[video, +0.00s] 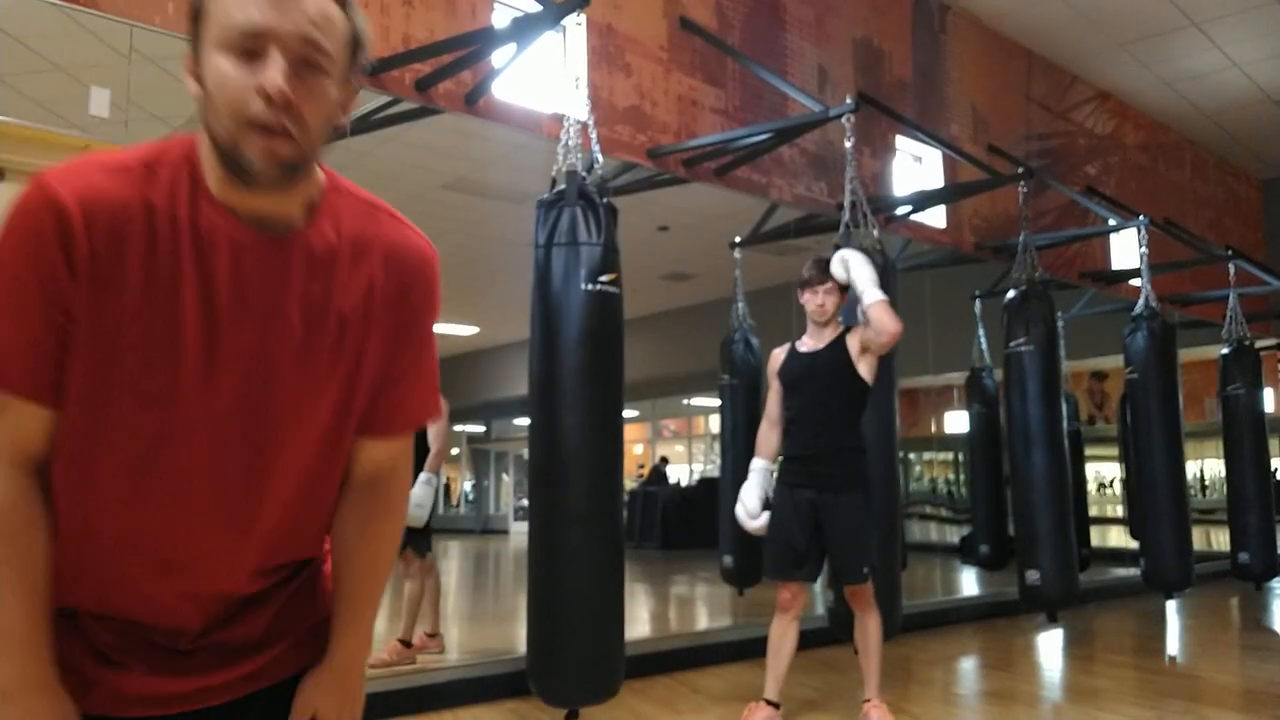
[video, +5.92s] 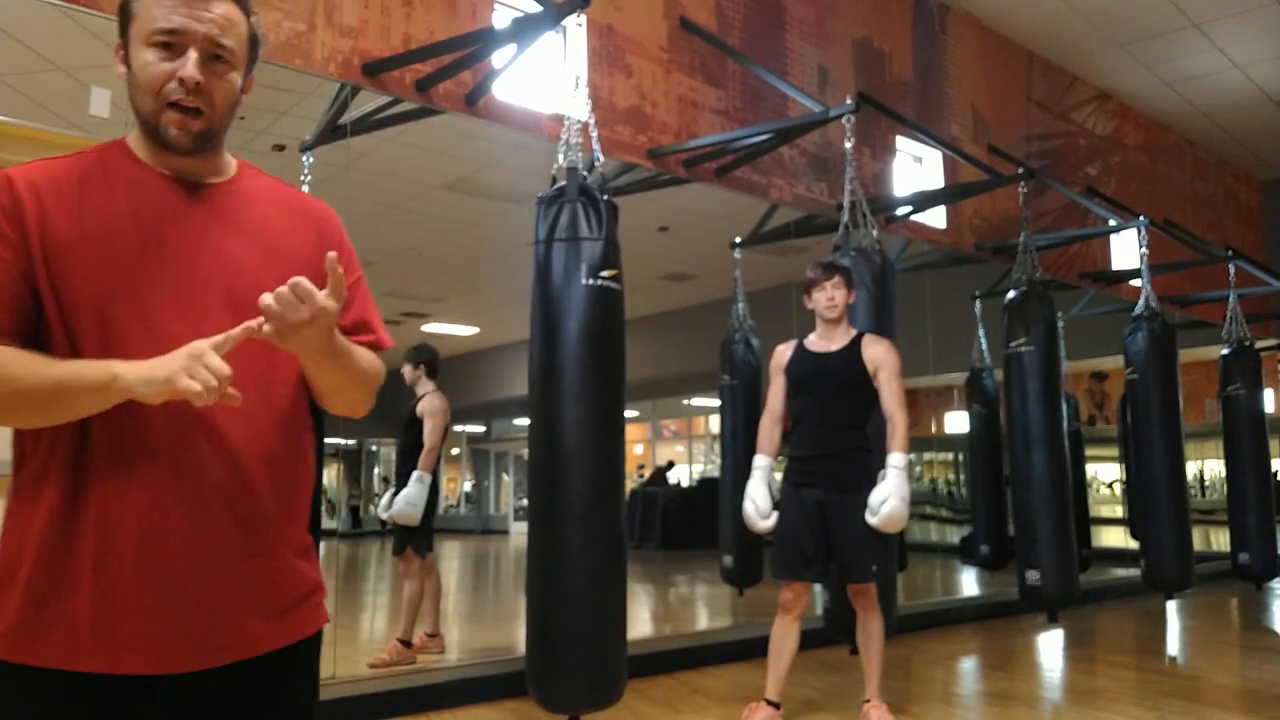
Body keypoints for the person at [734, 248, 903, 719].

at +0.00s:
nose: (820, 299)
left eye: (828, 291)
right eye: (811, 291)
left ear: (842, 297)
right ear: (800, 298)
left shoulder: (859, 339)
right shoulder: (782, 357)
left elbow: (889, 330)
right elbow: (772, 423)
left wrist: (863, 280)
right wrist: (756, 482)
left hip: (848, 489)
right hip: (794, 490)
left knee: (861, 597)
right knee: (788, 600)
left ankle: (872, 700)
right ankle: (770, 702)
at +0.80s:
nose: (812, 291)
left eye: (821, 284)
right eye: (806, 285)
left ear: (842, 292)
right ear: (799, 297)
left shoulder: (862, 345)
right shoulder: (787, 355)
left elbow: (924, 381)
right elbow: (775, 422)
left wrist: (875, 337)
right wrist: (759, 479)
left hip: (851, 491)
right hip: (798, 491)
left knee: (863, 596)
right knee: (789, 599)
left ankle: (873, 701)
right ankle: (770, 703)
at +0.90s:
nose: (812, 289)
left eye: (821, 282)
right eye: (806, 284)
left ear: (842, 292)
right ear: (799, 298)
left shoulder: (868, 346)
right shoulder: (787, 355)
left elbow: (923, 399)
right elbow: (776, 423)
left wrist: (882, 392)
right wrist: (759, 480)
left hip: (852, 493)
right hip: (798, 493)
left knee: (863, 597)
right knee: (788, 599)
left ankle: (873, 701)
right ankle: (770, 703)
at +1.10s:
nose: (815, 288)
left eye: (824, 282)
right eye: (809, 284)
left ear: (844, 294)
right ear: (802, 299)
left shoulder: (871, 349)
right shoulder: (786, 355)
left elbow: (902, 411)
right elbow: (771, 420)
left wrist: (906, 463)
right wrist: (755, 475)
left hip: (857, 492)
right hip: (801, 492)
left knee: (864, 597)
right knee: (789, 599)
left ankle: (872, 700)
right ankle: (770, 702)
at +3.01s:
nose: (830, 293)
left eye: (837, 286)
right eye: (822, 287)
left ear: (851, 295)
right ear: (808, 298)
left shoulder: (875, 350)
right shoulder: (787, 355)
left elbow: (896, 417)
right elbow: (773, 420)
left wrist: (897, 471)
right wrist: (760, 475)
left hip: (859, 491)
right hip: (801, 491)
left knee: (865, 596)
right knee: (788, 597)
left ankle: (872, 700)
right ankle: (770, 702)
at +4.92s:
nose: (831, 294)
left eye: (839, 287)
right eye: (823, 289)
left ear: (852, 296)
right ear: (811, 299)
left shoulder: (879, 351)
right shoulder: (791, 356)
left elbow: (899, 418)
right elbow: (777, 422)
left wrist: (899, 475)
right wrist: (763, 479)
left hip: (860, 493)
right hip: (803, 492)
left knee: (866, 597)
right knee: (789, 599)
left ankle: (873, 701)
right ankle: (770, 703)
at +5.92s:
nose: (829, 295)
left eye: (837, 288)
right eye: (821, 289)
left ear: (850, 296)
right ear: (809, 299)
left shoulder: (877, 350)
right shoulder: (787, 354)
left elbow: (896, 417)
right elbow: (772, 419)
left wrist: (896, 474)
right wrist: (760, 476)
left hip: (858, 492)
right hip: (801, 491)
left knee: (865, 596)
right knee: (789, 598)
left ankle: (873, 700)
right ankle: (771, 702)